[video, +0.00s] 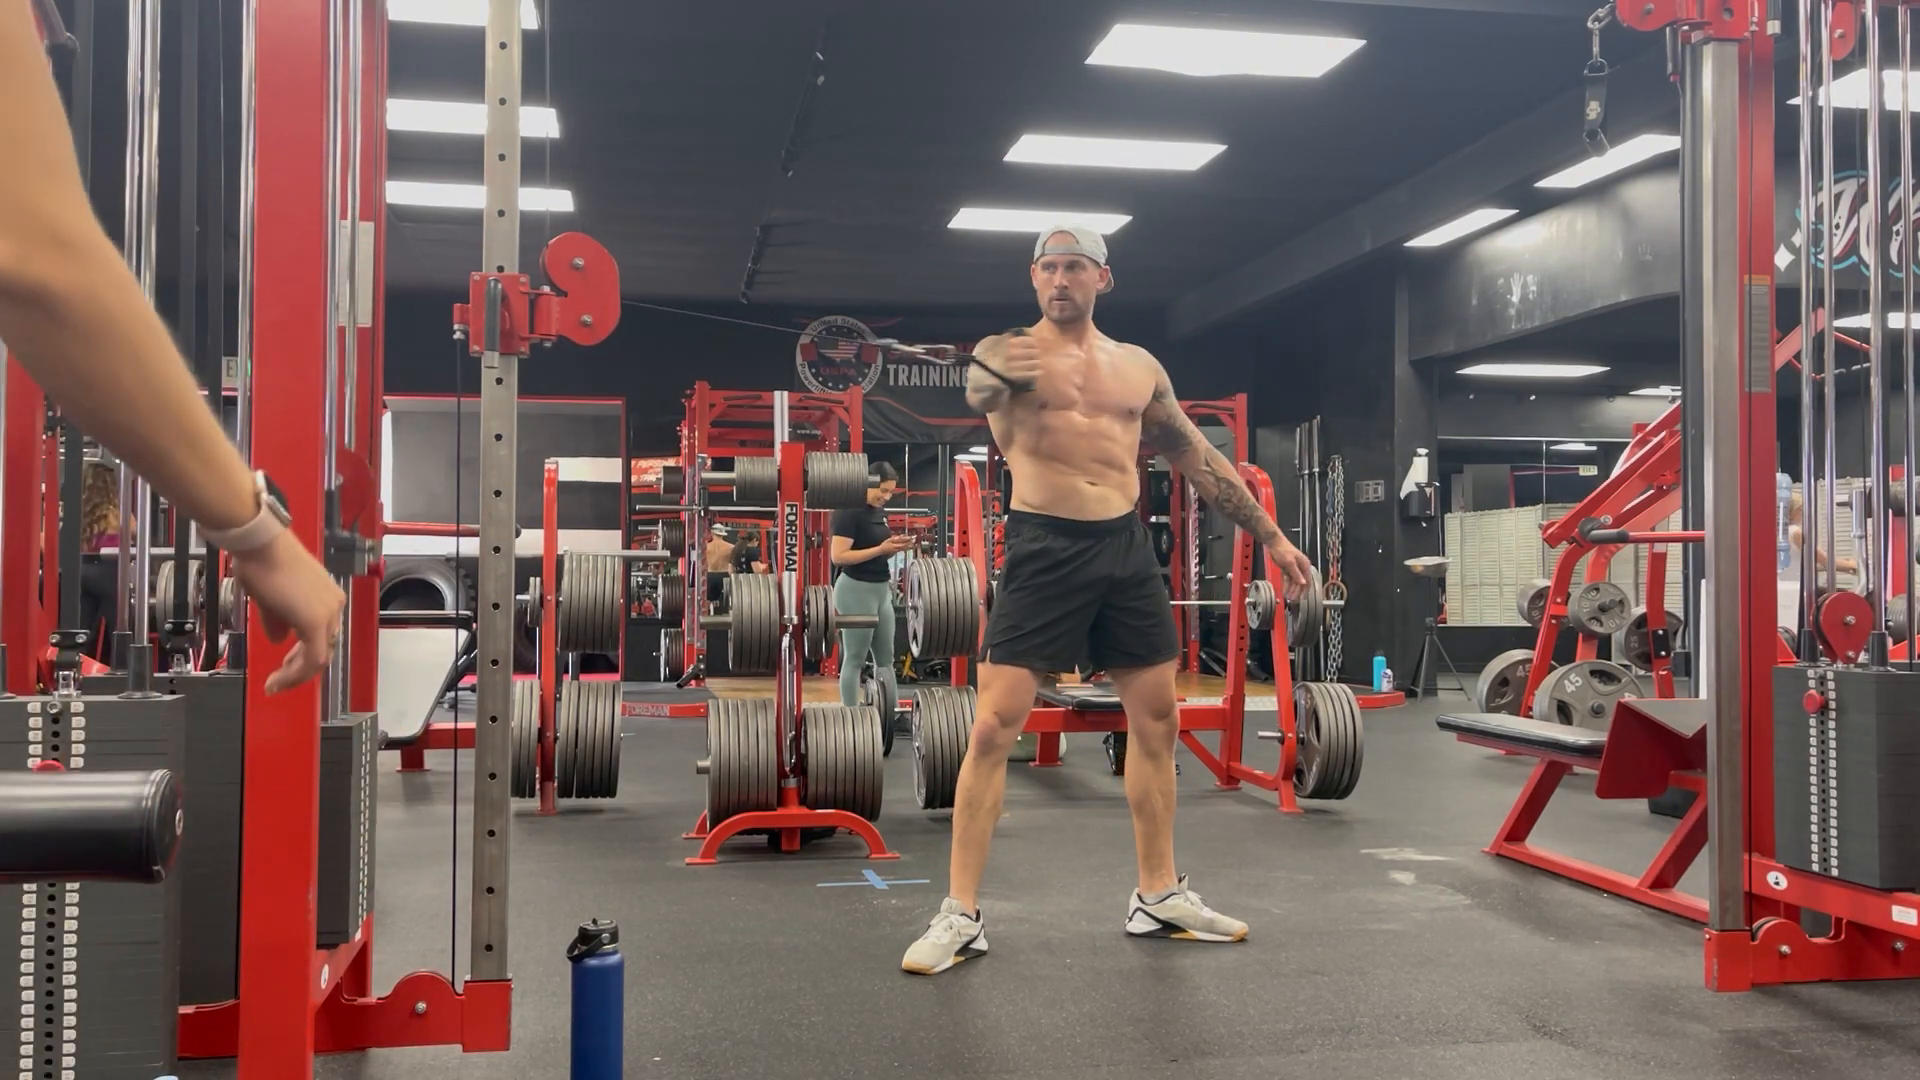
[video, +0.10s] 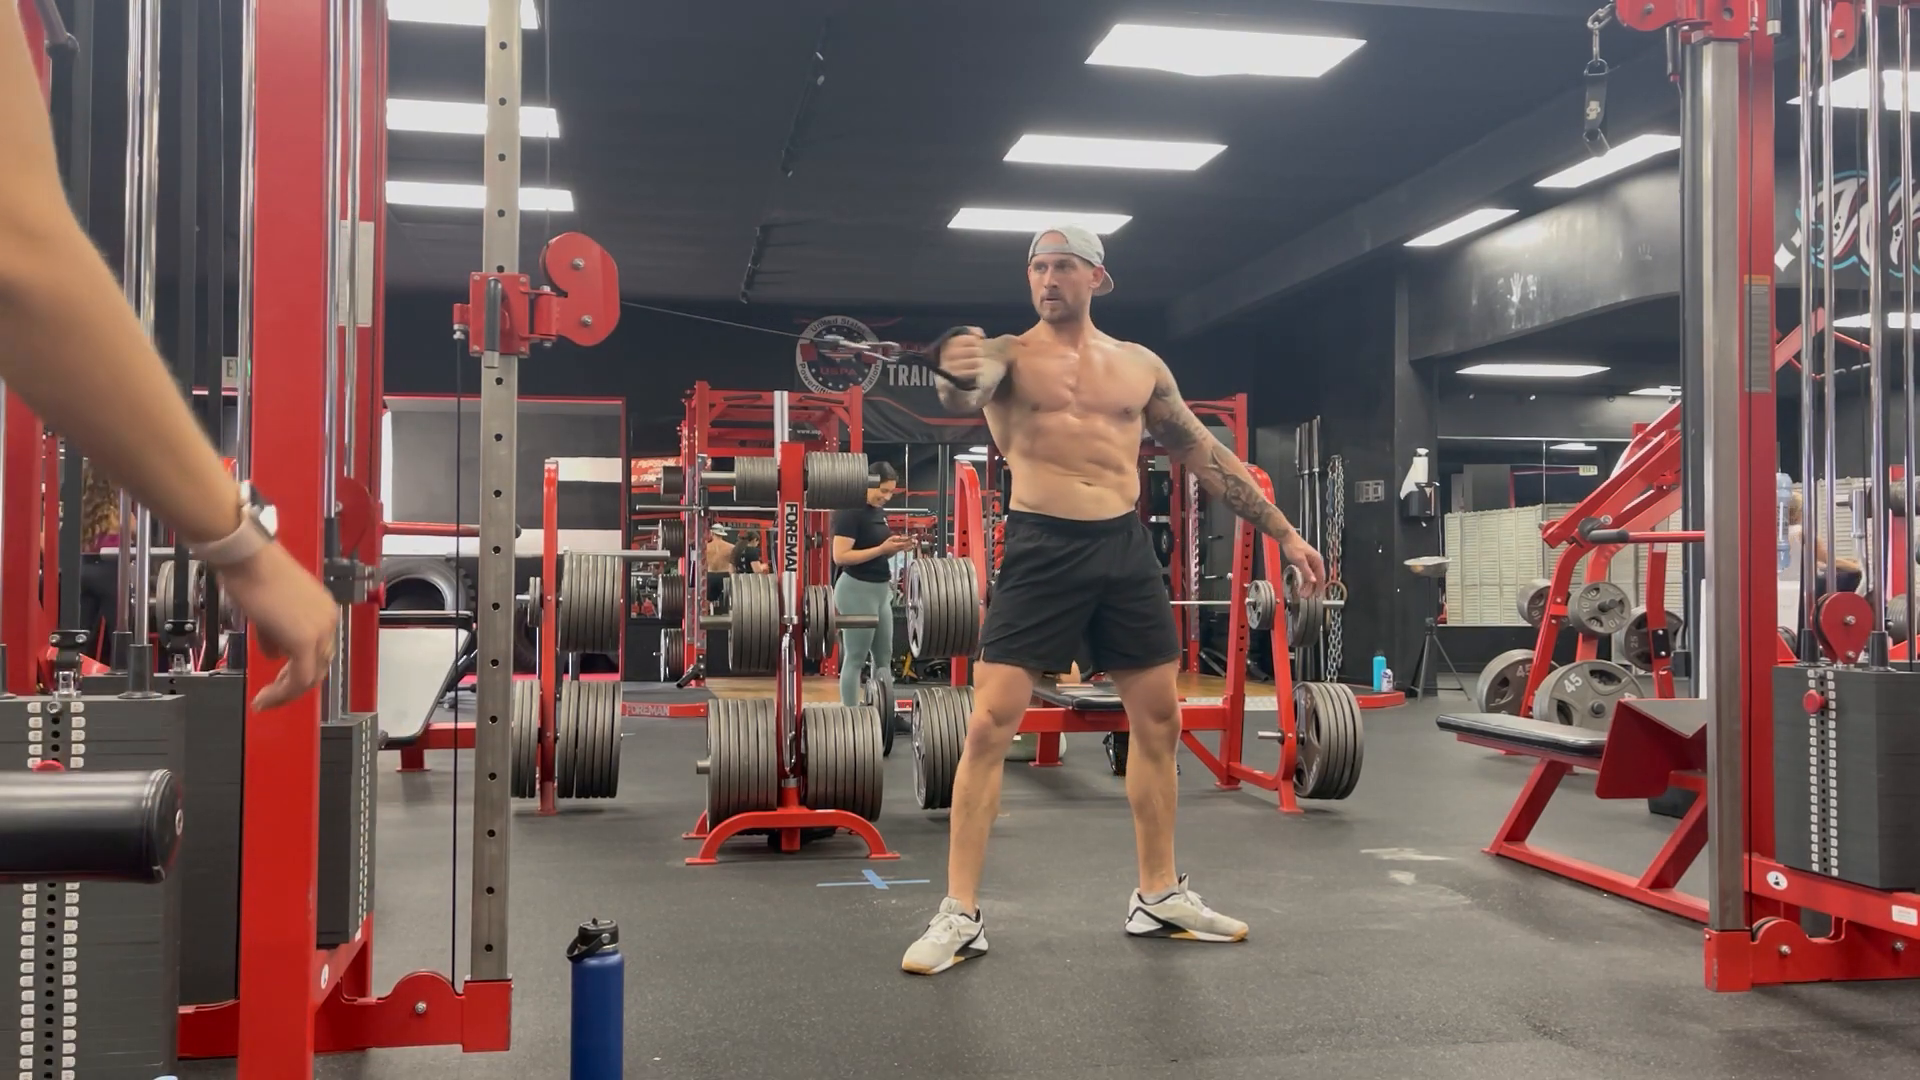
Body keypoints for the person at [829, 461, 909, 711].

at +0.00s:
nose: (887, 497)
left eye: (890, 493)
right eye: (884, 491)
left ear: (891, 489)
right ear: (868, 484)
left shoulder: (877, 512)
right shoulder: (849, 512)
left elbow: (873, 549)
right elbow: (838, 555)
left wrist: (895, 545)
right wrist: (882, 549)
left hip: (881, 590)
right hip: (855, 589)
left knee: (885, 660)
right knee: (854, 659)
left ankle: (891, 720)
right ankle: (851, 721)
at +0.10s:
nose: (887, 497)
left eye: (890, 493)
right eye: (884, 491)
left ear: (892, 489)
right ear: (869, 484)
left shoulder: (877, 512)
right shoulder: (850, 511)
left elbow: (874, 547)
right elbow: (840, 556)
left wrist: (896, 544)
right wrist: (882, 549)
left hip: (881, 591)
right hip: (856, 590)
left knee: (883, 658)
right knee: (855, 658)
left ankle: (887, 717)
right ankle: (851, 719)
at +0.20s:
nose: (889, 497)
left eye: (893, 493)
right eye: (886, 491)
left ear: (894, 489)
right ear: (871, 484)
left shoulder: (877, 512)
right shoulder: (853, 512)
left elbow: (876, 547)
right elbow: (843, 557)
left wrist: (899, 546)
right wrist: (886, 548)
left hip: (881, 589)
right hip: (859, 589)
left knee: (882, 657)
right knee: (857, 658)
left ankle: (887, 717)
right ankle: (851, 719)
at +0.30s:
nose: (893, 497)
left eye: (896, 493)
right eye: (891, 491)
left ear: (892, 489)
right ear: (875, 485)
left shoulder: (878, 511)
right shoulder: (858, 512)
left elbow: (877, 549)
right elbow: (849, 557)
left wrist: (901, 548)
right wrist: (889, 548)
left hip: (884, 590)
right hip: (862, 589)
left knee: (882, 659)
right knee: (859, 658)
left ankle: (885, 716)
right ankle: (851, 717)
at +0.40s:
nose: (897, 497)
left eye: (900, 492)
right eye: (895, 491)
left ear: (896, 488)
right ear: (880, 484)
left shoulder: (882, 513)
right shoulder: (863, 514)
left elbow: (881, 550)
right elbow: (856, 557)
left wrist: (902, 549)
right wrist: (895, 546)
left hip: (887, 591)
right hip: (867, 589)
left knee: (885, 660)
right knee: (863, 658)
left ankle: (882, 715)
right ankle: (853, 716)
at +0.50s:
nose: (902, 496)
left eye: (904, 491)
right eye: (899, 490)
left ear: (897, 487)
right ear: (884, 484)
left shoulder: (885, 513)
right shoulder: (869, 513)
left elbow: (883, 549)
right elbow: (863, 556)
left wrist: (905, 549)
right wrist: (901, 545)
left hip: (892, 592)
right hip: (873, 590)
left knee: (886, 661)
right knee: (868, 660)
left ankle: (880, 717)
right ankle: (855, 718)